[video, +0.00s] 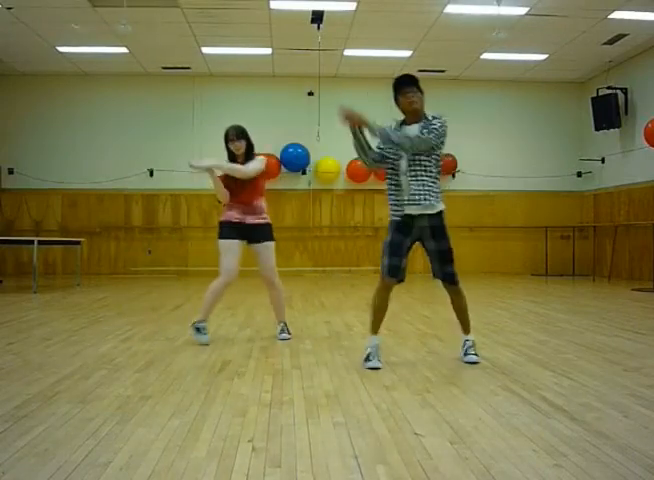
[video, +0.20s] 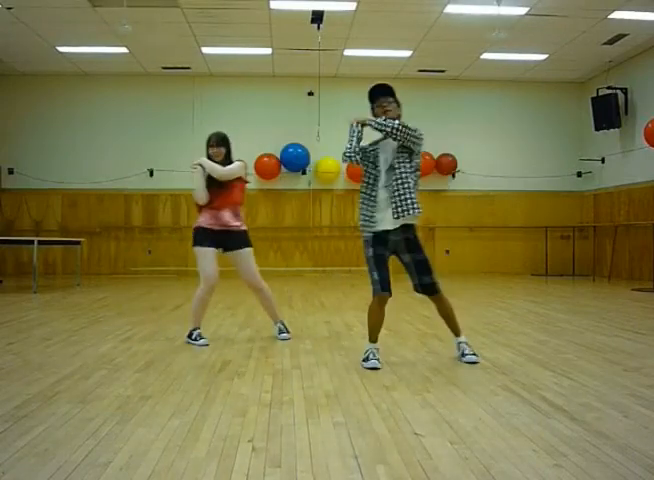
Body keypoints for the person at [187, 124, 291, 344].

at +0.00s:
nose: (236, 144)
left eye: (239, 139)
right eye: (231, 141)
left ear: (247, 141)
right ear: (227, 145)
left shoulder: (261, 161)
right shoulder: (226, 168)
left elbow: (246, 172)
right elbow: (224, 198)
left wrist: (214, 165)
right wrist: (212, 172)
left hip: (258, 222)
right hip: (232, 221)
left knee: (270, 277)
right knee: (228, 274)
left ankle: (282, 324)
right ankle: (200, 322)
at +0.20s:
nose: (216, 150)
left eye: (220, 146)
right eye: (212, 147)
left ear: (227, 148)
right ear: (207, 150)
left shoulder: (239, 166)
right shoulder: (203, 171)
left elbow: (222, 174)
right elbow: (201, 199)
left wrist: (203, 162)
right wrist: (199, 170)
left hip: (234, 229)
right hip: (206, 229)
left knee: (255, 281)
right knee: (209, 279)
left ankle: (279, 324)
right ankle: (194, 330)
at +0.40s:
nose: (196, 152)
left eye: (200, 147)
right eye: (193, 147)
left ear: (208, 151)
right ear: (187, 151)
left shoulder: (217, 176)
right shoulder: (180, 179)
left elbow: (223, 198)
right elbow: (182, 196)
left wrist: (208, 167)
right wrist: (201, 172)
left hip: (215, 230)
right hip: (188, 232)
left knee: (241, 281)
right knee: (201, 280)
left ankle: (258, 325)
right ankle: (193, 331)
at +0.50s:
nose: (187, 149)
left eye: (192, 145)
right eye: (184, 145)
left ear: (199, 148)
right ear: (179, 149)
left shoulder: (206, 173)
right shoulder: (171, 172)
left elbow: (215, 204)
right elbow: (175, 192)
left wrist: (206, 178)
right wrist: (200, 172)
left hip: (206, 227)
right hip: (180, 230)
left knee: (226, 276)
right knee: (199, 278)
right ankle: (193, 330)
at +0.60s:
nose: (180, 146)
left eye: (184, 142)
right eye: (176, 142)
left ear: (191, 146)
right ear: (171, 146)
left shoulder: (198, 171)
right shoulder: (163, 168)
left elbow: (204, 199)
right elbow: (162, 187)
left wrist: (190, 175)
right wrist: (185, 167)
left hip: (198, 226)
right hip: (173, 227)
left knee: (209, 277)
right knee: (194, 275)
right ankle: (192, 329)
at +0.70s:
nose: (172, 145)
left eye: (176, 140)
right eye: (168, 141)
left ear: (183, 144)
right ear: (163, 144)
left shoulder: (191, 169)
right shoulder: (154, 168)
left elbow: (194, 193)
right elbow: (144, 189)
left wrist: (173, 173)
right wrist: (159, 166)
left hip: (188, 225)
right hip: (163, 224)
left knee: (178, 281)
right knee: (185, 272)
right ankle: (191, 330)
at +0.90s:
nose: (159, 149)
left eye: (163, 145)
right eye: (156, 145)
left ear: (170, 149)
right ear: (150, 149)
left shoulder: (177, 172)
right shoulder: (140, 175)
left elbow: (174, 190)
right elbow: (130, 209)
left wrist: (147, 176)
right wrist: (129, 182)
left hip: (170, 231)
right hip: (146, 229)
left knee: (151, 285)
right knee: (173, 273)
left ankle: (130, 323)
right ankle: (161, 325)